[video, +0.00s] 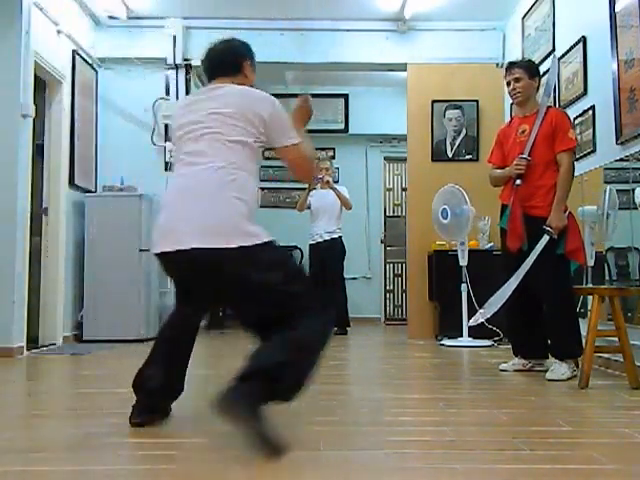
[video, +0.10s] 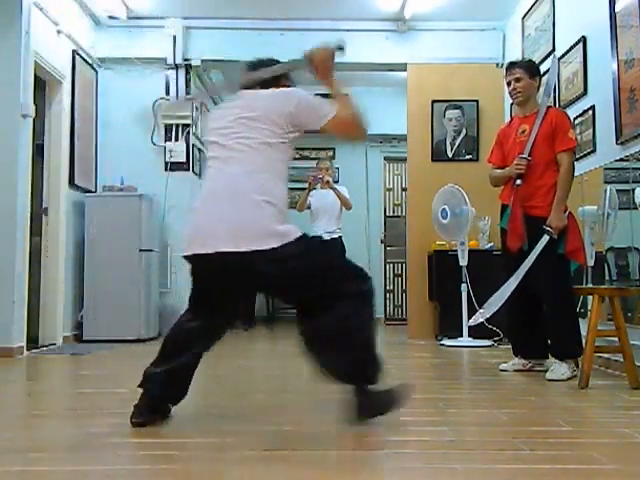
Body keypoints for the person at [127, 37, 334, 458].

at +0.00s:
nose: (256, 77)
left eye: (253, 71)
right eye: (254, 70)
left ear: (209, 74)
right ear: (245, 70)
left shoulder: (181, 108)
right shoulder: (260, 102)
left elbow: (191, 164)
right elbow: (305, 172)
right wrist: (297, 127)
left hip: (171, 239)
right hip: (228, 237)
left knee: (188, 307)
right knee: (308, 311)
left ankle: (149, 403)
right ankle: (247, 394)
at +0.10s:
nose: (290, 89)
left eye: (287, 86)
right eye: (288, 84)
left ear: (246, 84)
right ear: (280, 84)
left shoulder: (217, 115)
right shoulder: (286, 100)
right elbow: (354, 127)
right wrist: (330, 81)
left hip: (205, 245)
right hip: (264, 239)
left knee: (205, 315)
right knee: (350, 288)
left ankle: (151, 400)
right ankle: (365, 389)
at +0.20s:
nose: (346, 110)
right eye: (342, 100)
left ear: (293, 86)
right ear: (328, 86)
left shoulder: (267, 117)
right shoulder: (326, 95)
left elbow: (274, 192)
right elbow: (380, 79)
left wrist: (333, 209)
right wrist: (332, 50)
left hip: (247, 247)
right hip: (309, 244)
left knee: (216, 320)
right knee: (379, 311)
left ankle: (157, 396)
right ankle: (431, 388)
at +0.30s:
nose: (383, 90)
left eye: (381, 85)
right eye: (382, 85)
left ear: (336, 82)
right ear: (370, 82)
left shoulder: (304, 113)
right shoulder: (373, 94)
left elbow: (334, 177)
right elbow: (414, 103)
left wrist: (393, 191)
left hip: (301, 241)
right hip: (364, 236)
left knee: (268, 317)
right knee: (419, 307)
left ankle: (213, 395)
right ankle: (439, 396)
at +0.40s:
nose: (409, 84)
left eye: (407, 78)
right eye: (407, 78)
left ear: (362, 78)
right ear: (395, 74)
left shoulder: (331, 108)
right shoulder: (409, 96)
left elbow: (347, 160)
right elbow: (467, 127)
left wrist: (415, 154)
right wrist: (433, 152)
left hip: (337, 235)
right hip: (398, 225)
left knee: (332, 318)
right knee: (433, 307)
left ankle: (351, 379)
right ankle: (439, 396)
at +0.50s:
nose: (433, 85)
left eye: (433, 79)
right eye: (431, 78)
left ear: (388, 74)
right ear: (413, 73)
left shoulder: (361, 106)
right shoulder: (418, 98)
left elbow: (404, 152)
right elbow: (494, 114)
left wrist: (440, 140)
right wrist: (548, 117)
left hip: (367, 232)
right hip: (423, 221)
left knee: (412, 327)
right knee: (447, 310)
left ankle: (501, 387)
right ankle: (467, 397)